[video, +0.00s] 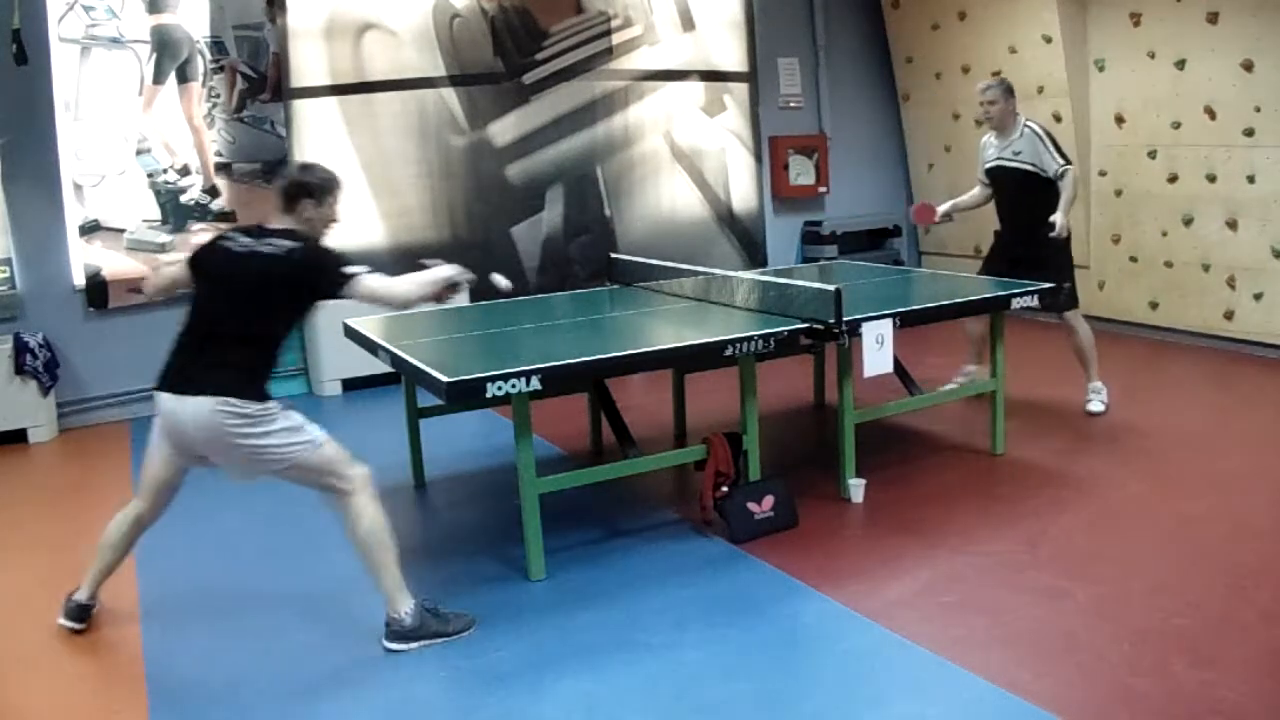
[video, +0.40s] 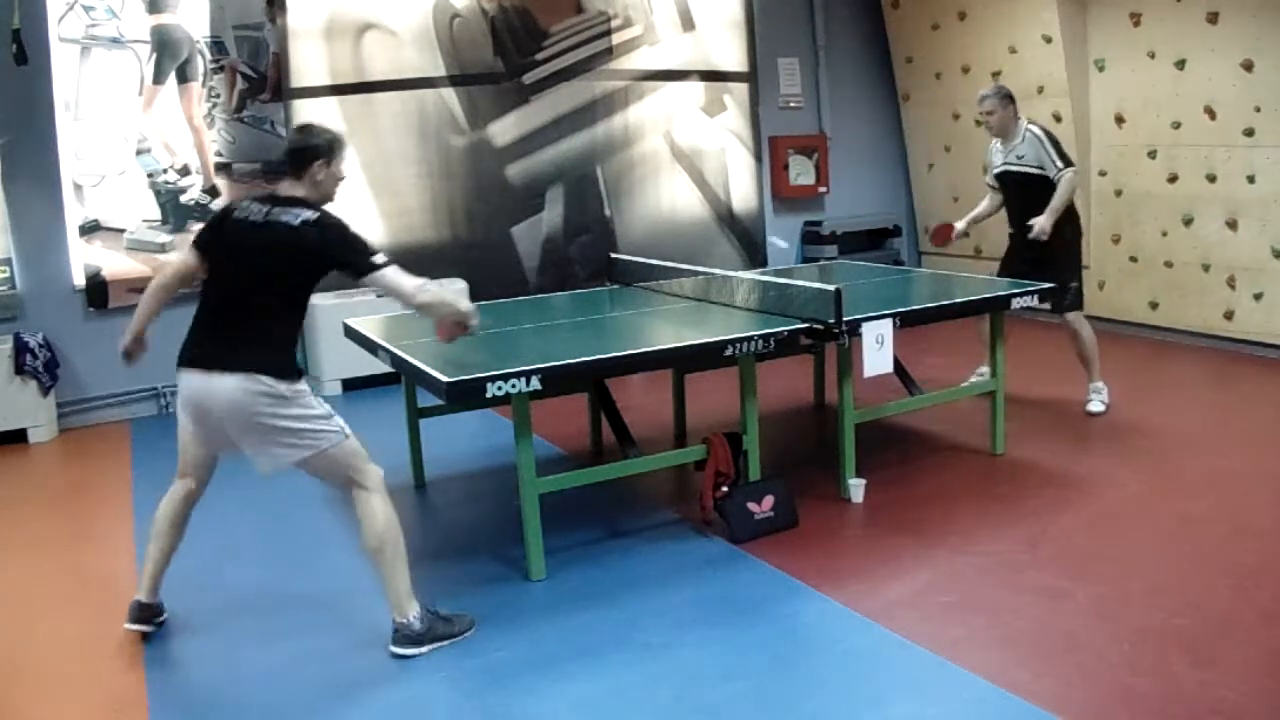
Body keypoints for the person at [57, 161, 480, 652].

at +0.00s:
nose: (335, 219)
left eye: (335, 210)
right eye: (330, 210)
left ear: (286, 203)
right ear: (307, 207)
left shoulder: (221, 248)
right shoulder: (309, 259)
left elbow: (153, 284)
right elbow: (396, 293)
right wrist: (441, 274)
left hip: (173, 400)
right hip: (232, 408)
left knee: (142, 506)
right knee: (352, 480)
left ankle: (81, 599)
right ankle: (404, 614)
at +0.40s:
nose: (340, 178)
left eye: (340, 169)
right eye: (338, 169)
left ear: (289, 167)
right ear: (318, 168)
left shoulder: (234, 215)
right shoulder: (324, 231)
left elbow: (173, 272)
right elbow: (410, 291)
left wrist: (135, 329)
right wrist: (452, 310)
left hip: (195, 379)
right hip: (262, 383)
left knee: (186, 482)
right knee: (365, 480)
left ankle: (144, 602)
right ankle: (409, 619)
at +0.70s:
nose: (250, 182)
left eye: (250, 172)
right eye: (245, 173)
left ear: (195, 172)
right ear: (219, 173)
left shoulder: (149, 215)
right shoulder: (210, 231)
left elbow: (117, 278)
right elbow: (270, 309)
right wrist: (323, 328)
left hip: (86, 376)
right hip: (142, 381)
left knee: (137, 472)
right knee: (255, 478)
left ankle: (141, 599)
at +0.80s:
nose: (225, 192)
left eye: (225, 181)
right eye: (219, 182)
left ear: (176, 186)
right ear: (191, 185)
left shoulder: (125, 226)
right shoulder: (178, 242)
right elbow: (235, 324)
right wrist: (294, 350)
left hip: (59, 385)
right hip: (108, 394)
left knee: (105, 458)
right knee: (217, 490)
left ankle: (84, 580)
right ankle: (202, 630)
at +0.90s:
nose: (191, 211)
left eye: (191, 201)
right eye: (186, 201)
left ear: (147, 202)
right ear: (160, 202)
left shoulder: (96, 244)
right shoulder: (143, 262)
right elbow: (190, 347)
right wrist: (249, 376)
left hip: (28, 398)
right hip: (76, 409)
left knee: (67, 487)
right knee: (188, 491)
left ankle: (28, 587)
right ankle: (200, 630)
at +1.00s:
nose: (166, 222)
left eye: (167, 212)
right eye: (161, 212)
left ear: (123, 215)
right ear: (132, 216)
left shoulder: (85, 255)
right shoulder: (100, 269)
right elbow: (136, 368)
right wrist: (208, 407)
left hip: (20, 405)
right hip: (33, 411)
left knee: (57, 494)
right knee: (137, 495)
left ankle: (16, 593)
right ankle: (184, 633)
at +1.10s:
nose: (146, 223)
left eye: (145, 213)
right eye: (140, 214)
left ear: (100, 218)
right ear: (112, 219)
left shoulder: (59, 256)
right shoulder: (82, 276)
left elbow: (31, 344)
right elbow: (103, 378)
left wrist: (60, 411)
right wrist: (173, 426)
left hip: (15, 407)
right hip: (12, 413)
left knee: (56, 490)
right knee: (105, 509)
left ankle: (16, 594)